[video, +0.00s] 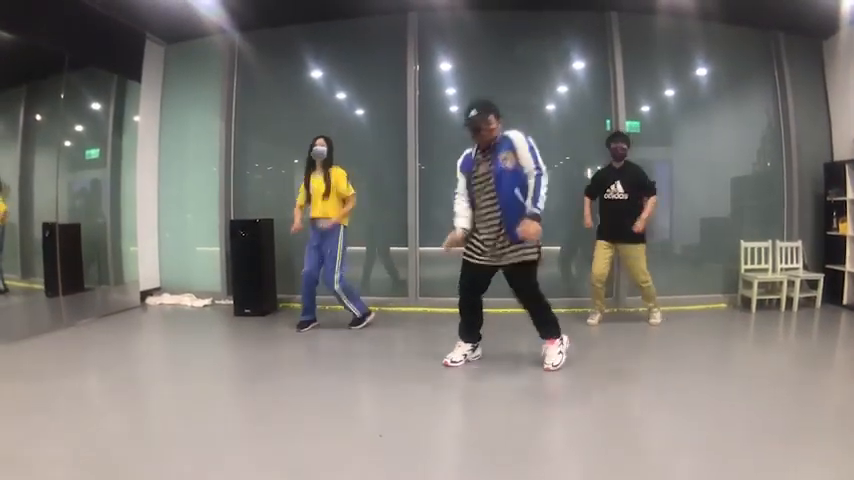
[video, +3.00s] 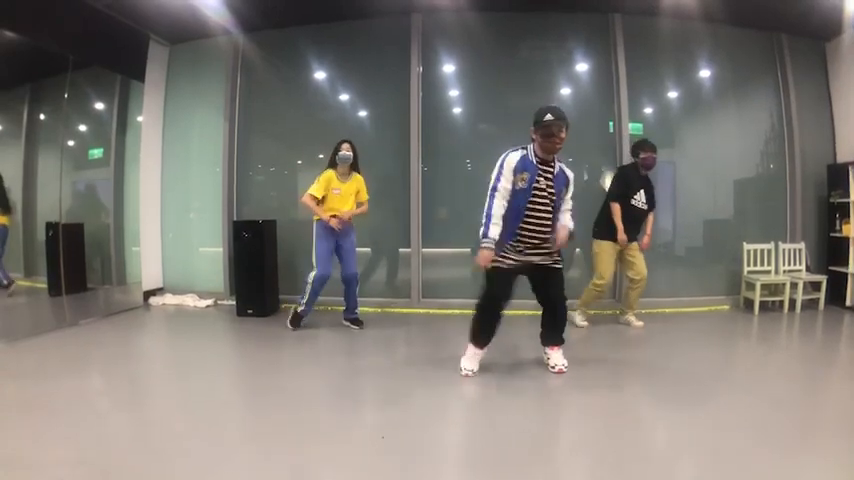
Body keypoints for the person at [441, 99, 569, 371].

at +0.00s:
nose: (483, 135)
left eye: (486, 128)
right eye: (477, 131)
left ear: (497, 122)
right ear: (470, 131)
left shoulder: (515, 140)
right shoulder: (467, 160)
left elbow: (538, 174)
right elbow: (462, 197)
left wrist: (534, 216)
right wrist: (460, 227)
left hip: (515, 237)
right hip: (481, 240)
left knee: (526, 290)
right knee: (468, 291)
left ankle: (554, 340)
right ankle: (469, 344)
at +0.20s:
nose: (524, 124)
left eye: (525, 117)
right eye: (518, 119)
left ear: (528, 115)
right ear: (503, 120)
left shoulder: (540, 147)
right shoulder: (482, 151)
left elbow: (549, 184)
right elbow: (477, 190)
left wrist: (556, 221)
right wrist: (482, 226)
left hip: (533, 237)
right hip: (496, 238)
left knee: (545, 291)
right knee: (474, 290)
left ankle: (554, 342)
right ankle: (460, 340)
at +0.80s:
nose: (484, 126)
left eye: (490, 120)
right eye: (478, 120)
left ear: (499, 118)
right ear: (469, 120)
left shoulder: (514, 146)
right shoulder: (459, 153)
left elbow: (530, 181)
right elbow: (453, 191)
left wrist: (529, 213)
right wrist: (441, 218)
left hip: (508, 231)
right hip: (471, 233)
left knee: (520, 287)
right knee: (460, 289)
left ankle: (544, 337)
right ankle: (454, 345)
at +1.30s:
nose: (510, 109)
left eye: (514, 104)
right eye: (503, 106)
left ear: (522, 109)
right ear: (492, 113)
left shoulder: (538, 149)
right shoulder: (475, 151)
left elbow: (548, 187)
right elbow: (467, 188)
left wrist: (552, 220)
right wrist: (468, 220)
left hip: (526, 235)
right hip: (486, 236)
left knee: (541, 290)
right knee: (471, 291)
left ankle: (554, 344)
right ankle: (459, 344)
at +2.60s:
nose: (536, 132)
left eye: (539, 126)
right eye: (529, 127)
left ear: (544, 125)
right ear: (514, 127)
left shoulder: (553, 158)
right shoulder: (494, 154)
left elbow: (576, 182)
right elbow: (466, 180)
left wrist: (576, 200)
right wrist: (490, 192)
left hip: (546, 240)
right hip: (511, 242)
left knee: (556, 295)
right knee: (508, 297)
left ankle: (554, 345)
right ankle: (463, 340)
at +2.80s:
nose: (554, 139)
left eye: (557, 133)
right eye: (547, 134)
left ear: (560, 134)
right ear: (530, 134)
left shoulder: (561, 172)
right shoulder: (509, 160)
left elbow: (574, 203)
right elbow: (480, 184)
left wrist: (570, 235)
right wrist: (501, 217)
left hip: (548, 248)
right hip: (516, 248)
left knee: (556, 300)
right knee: (520, 300)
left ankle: (553, 347)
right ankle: (479, 347)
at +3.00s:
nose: (556, 140)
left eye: (560, 134)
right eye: (549, 134)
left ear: (566, 135)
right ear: (534, 134)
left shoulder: (565, 175)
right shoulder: (513, 161)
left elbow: (566, 209)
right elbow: (497, 201)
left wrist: (564, 227)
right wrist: (487, 244)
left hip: (544, 252)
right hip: (509, 250)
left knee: (556, 301)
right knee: (493, 299)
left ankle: (553, 348)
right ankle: (476, 347)